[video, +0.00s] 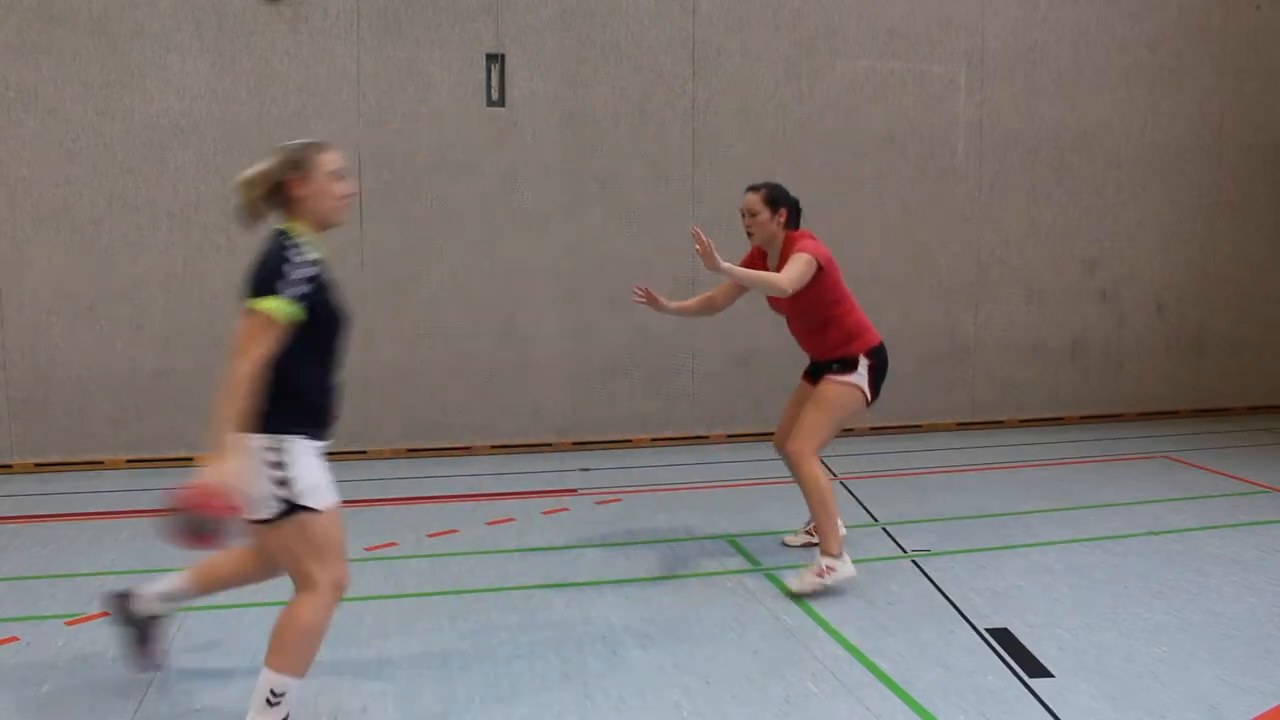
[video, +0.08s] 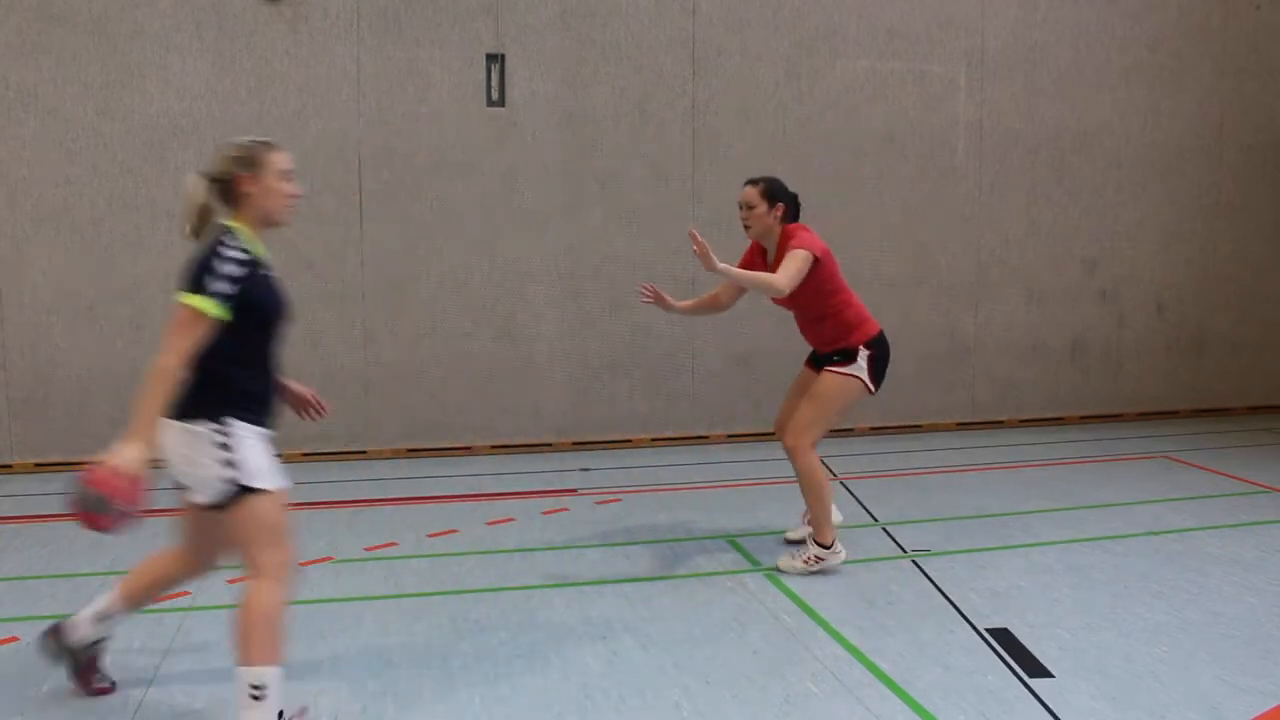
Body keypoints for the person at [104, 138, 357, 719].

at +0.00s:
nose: (349, 189)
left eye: (348, 177)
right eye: (336, 178)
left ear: (301, 191)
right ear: (297, 189)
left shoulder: (301, 257)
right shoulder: (290, 262)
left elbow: (269, 361)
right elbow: (247, 361)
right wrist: (223, 459)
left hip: (284, 442)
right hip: (282, 446)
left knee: (273, 556)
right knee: (324, 580)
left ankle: (148, 601)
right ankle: (269, 710)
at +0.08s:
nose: (296, 190)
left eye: (293, 178)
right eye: (284, 179)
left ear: (251, 188)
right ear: (246, 186)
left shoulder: (246, 252)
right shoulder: (228, 255)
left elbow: (233, 345)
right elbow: (174, 354)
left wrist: (280, 386)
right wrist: (137, 440)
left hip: (212, 427)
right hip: (220, 430)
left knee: (198, 551)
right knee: (270, 562)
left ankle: (79, 632)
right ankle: (262, 707)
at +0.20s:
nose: (221, 186)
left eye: (220, 174)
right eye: (212, 174)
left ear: (177, 181)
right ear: (176, 178)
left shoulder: (172, 241)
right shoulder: (148, 245)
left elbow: (169, 311)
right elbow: (93, 334)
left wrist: (219, 339)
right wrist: (55, 420)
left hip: (128, 417)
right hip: (128, 420)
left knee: (118, 544)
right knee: (170, 549)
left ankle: (36, 665)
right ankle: (183, 686)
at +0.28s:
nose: (178, 169)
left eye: (177, 159)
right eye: (168, 159)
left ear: (137, 164)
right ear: (133, 162)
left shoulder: (130, 223)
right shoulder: (109, 226)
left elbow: (117, 297)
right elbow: (59, 317)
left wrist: (166, 317)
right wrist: (37, 403)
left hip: (94, 396)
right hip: (92, 399)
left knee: (79, 528)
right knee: (120, 524)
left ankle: (36, 661)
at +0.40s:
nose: (118, 162)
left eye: (116, 151)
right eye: (108, 151)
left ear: (78, 158)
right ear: (74, 157)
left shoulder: (71, 213)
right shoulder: (60, 214)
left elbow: (51, 296)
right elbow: (14, 301)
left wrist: (96, 322)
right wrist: (31, 387)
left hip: (55, 389)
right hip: (39, 393)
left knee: (48, 518)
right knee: (45, 521)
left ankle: (5, 622)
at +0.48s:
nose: (80, 178)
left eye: (78, 167)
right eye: (70, 168)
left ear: (40, 175)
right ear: (35, 174)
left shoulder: (35, 230)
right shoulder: (20, 233)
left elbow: (24, 316)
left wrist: (67, 349)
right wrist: (30, 367)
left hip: (25, 401)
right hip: (7, 403)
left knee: (29, 517)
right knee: (13, 537)